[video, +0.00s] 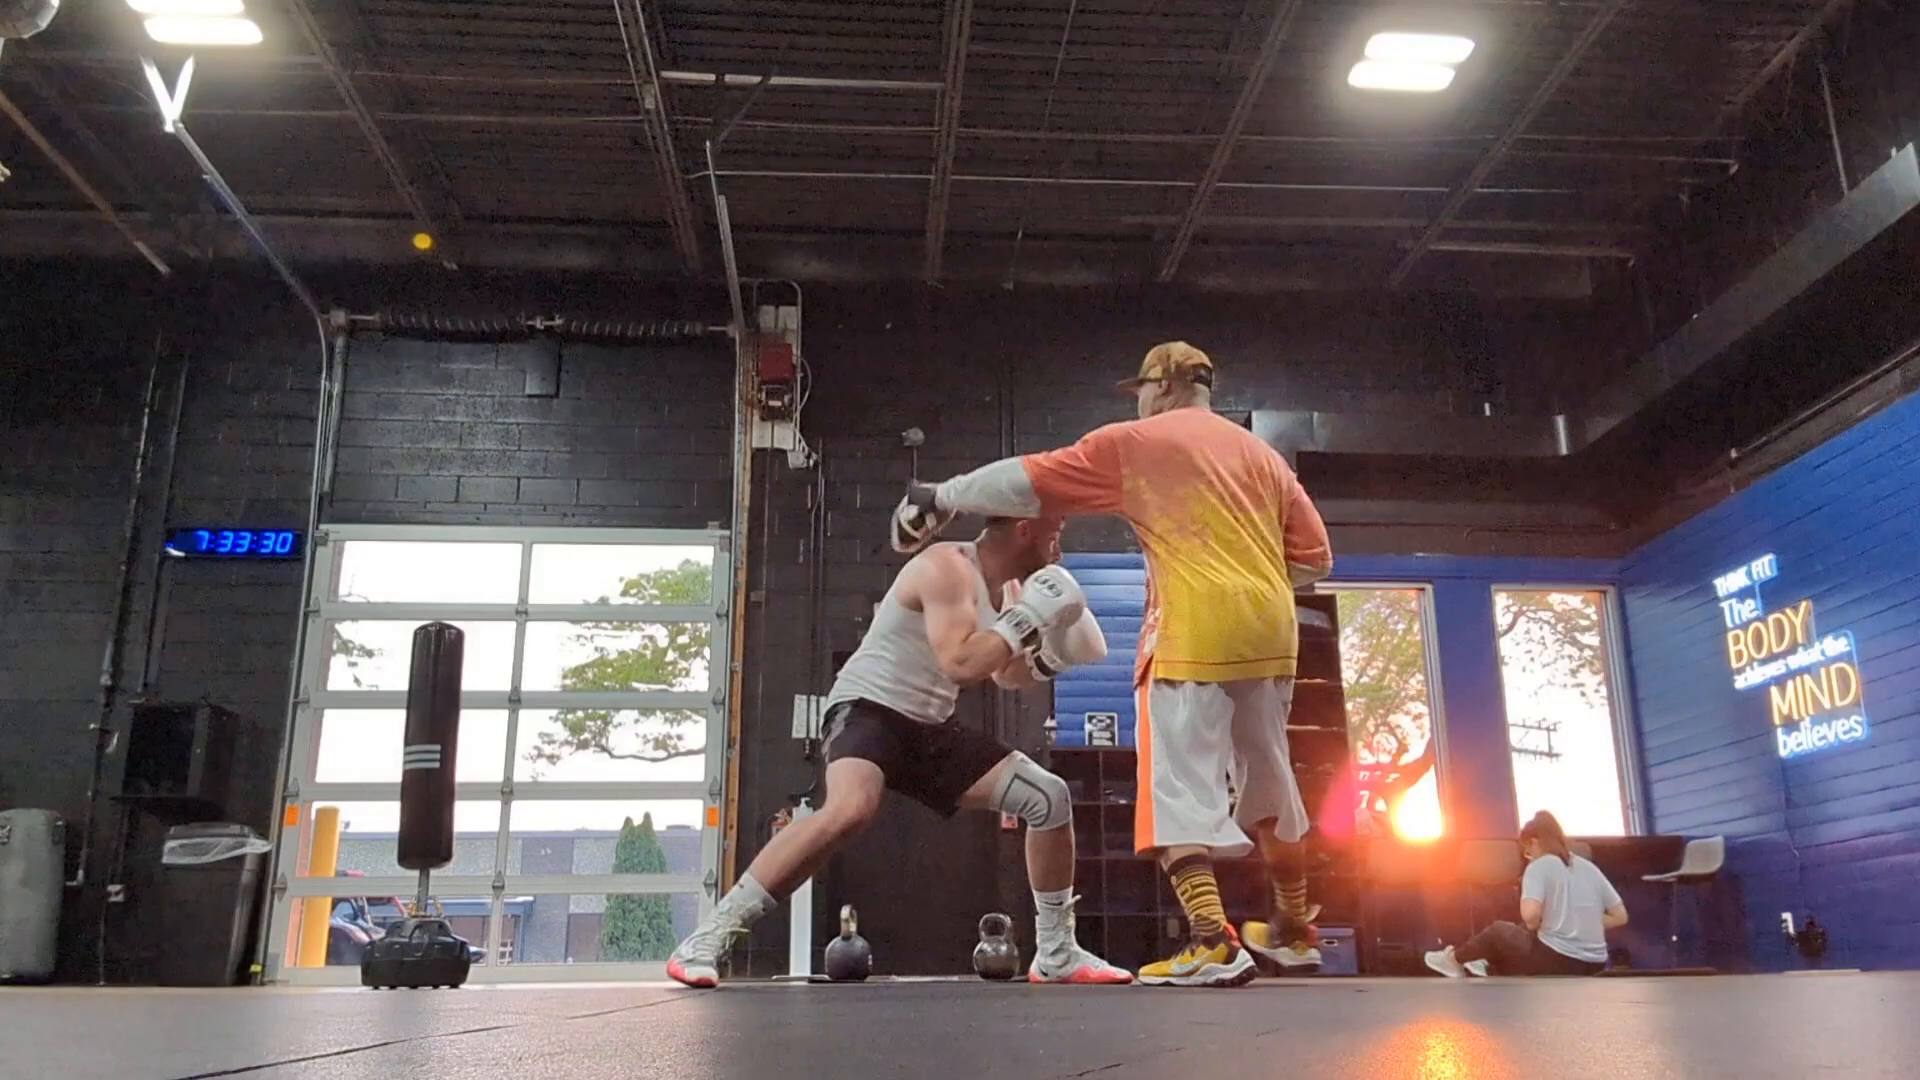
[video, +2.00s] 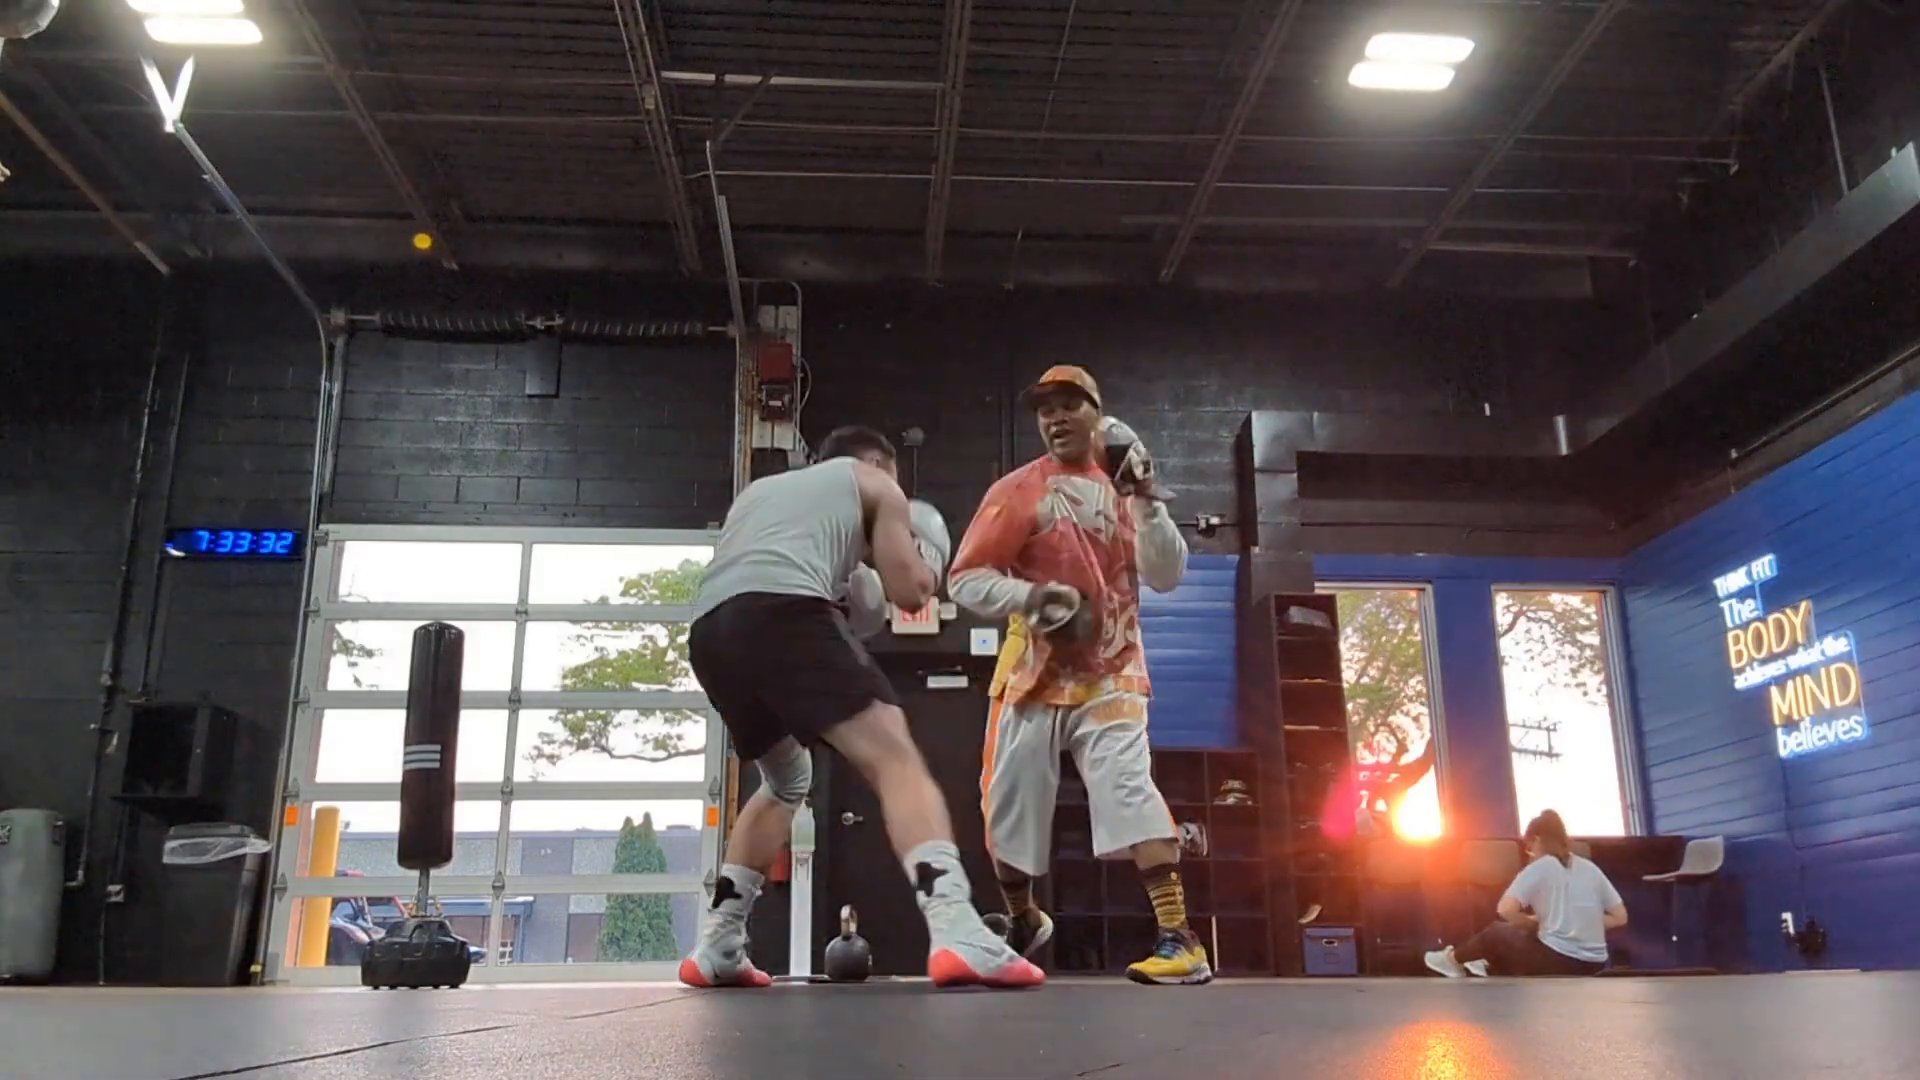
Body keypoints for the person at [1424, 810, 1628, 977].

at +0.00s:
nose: (1527, 858)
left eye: (1526, 852)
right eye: (1525, 853)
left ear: (1536, 842)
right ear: (1559, 840)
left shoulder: (1539, 866)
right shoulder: (1588, 867)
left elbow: (1530, 914)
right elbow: (1620, 917)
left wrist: (1534, 931)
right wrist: (1583, 925)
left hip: (1559, 960)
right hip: (1595, 963)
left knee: (1499, 931)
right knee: (1524, 938)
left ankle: (1453, 959)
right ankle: (1488, 967)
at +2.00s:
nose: (1529, 853)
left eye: (1529, 847)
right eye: (1528, 848)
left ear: (1538, 840)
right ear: (1562, 839)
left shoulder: (1540, 867)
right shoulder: (1590, 868)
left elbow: (1505, 909)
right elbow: (1620, 918)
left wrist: (1532, 923)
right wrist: (1582, 923)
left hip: (1559, 959)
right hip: (1595, 962)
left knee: (1497, 931)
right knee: (1522, 935)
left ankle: (1453, 959)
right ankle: (1488, 965)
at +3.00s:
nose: (1527, 856)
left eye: (1527, 849)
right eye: (1526, 850)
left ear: (1537, 842)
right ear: (1558, 840)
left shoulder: (1540, 863)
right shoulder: (1592, 866)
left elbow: (1531, 895)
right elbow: (1636, 897)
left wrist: (1529, 935)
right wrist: (1614, 932)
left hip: (1559, 958)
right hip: (1595, 961)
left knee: (1499, 931)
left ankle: (1451, 958)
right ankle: (1487, 964)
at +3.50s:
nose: (1524, 849)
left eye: (1524, 843)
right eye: (1524, 843)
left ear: (1529, 842)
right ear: (1555, 838)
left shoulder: (1533, 865)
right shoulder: (1584, 867)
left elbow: (1523, 898)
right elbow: (1625, 909)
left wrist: (1509, 937)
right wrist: (1599, 934)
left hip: (1555, 959)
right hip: (1593, 961)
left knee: (1494, 929)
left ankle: (1452, 959)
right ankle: (1486, 962)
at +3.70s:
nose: (1520, 853)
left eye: (1520, 847)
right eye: (1520, 847)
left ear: (1524, 848)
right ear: (1551, 845)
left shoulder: (1528, 868)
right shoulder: (1576, 869)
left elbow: (1509, 905)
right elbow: (1593, 910)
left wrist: (1488, 911)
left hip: (1557, 958)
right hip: (1593, 961)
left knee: (1492, 934)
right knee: (1529, 925)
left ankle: (1453, 959)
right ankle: (1485, 962)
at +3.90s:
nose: (1513, 853)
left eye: (1514, 849)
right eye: (1515, 849)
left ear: (1518, 850)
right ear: (1542, 848)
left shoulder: (1520, 872)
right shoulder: (1567, 873)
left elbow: (1502, 916)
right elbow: (1561, 916)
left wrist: (1485, 910)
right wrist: (1524, 920)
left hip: (1556, 958)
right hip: (1591, 961)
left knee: (1490, 933)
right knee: (1520, 933)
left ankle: (1451, 961)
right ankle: (1483, 963)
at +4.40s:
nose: (1513, 854)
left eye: (1515, 850)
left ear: (1517, 853)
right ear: (1543, 851)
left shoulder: (1517, 874)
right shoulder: (1569, 875)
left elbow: (1485, 920)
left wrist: (1508, 914)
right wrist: (1524, 917)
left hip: (1554, 959)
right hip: (1591, 961)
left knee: (1496, 932)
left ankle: (1449, 960)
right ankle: (1483, 964)